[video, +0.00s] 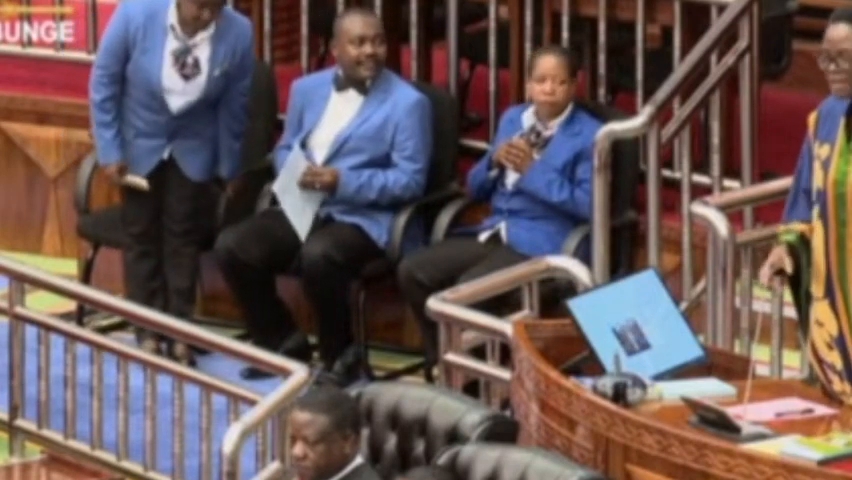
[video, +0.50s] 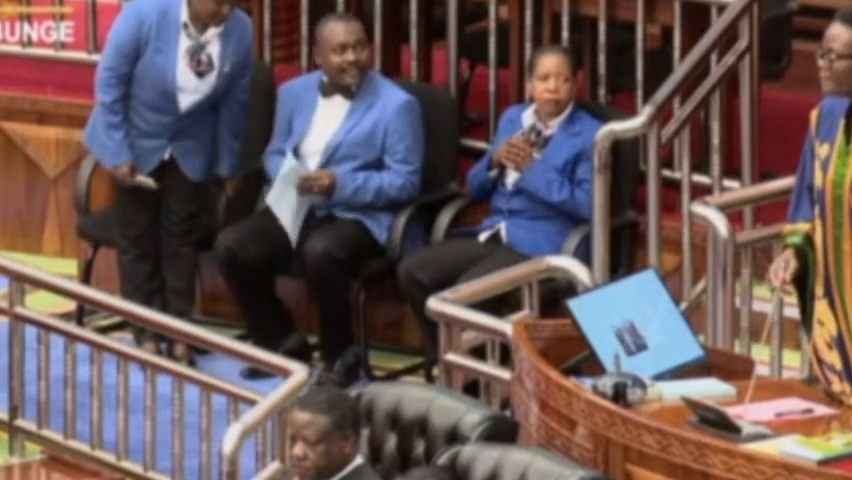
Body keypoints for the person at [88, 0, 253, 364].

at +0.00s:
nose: (206, 15)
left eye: (213, 10)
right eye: (199, 8)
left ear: (222, 7)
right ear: (180, 1)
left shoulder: (238, 31)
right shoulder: (135, 15)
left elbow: (236, 104)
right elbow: (104, 82)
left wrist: (229, 165)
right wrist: (110, 150)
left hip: (197, 141)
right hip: (141, 137)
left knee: (184, 236)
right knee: (141, 236)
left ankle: (181, 331)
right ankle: (146, 329)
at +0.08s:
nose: (213, 17)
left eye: (219, 10)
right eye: (205, 9)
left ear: (226, 7)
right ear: (182, 2)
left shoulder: (239, 31)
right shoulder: (136, 16)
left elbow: (236, 104)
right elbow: (105, 83)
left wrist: (228, 164)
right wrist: (112, 151)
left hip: (196, 141)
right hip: (140, 137)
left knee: (185, 237)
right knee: (141, 236)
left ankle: (180, 331)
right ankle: (146, 330)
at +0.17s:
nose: (216, 17)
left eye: (222, 9)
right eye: (208, 8)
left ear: (228, 6)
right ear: (185, 2)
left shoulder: (239, 31)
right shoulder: (138, 16)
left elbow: (236, 103)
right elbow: (106, 84)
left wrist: (228, 164)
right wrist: (115, 153)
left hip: (196, 141)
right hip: (141, 138)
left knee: (184, 237)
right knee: (140, 237)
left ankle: (181, 331)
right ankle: (146, 330)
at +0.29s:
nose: (221, 15)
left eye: (226, 8)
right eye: (214, 7)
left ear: (230, 7)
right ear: (191, 1)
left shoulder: (240, 30)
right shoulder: (140, 16)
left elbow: (236, 103)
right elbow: (107, 83)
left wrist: (229, 163)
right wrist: (117, 153)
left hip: (195, 142)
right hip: (139, 139)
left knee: (184, 238)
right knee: (139, 238)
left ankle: (181, 331)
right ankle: (146, 331)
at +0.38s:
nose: (222, 14)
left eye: (227, 8)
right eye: (217, 6)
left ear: (232, 7)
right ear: (193, 0)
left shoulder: (240, 30)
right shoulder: (142, 15)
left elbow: (237, 101)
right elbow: (108, 82)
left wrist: (228, 163)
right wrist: (117, 153)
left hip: (195, 142)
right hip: (139, 139)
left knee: (183, 238)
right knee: (139, 239)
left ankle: (180, 332)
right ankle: (145, 331)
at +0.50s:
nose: (226, 13)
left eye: (230, 7)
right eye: (220, 5)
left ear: (232, 7)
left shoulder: (240, 29)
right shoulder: (144, 14)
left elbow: (236, 101)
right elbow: (110, 80)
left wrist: (227, 162)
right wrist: (117, 152)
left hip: (194, 141)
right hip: (139, 139)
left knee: (183, 236)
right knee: (138, 237)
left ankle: (180, 331)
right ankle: (144, 331)